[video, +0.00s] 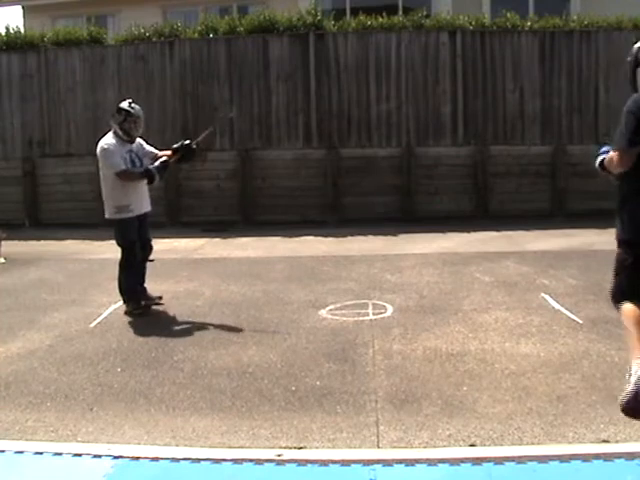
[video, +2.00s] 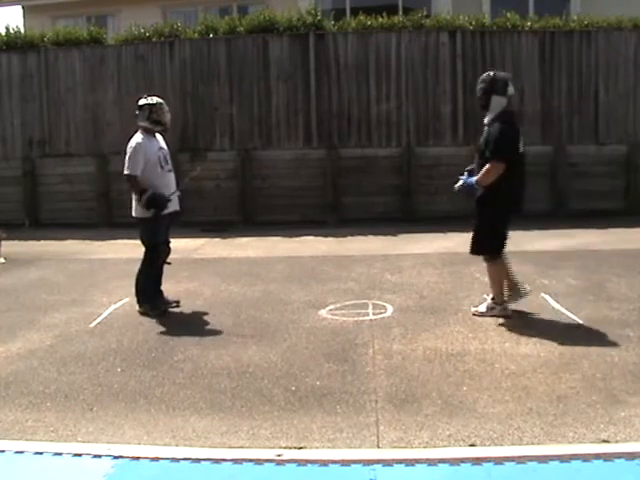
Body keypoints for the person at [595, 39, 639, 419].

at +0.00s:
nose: (633, 73)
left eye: (633, 66)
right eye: (635, 66)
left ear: (634, 69)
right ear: (638, 70)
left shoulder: (637, 104)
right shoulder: (635, 105)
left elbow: (622, 158)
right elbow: (622, 158)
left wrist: (606, 158)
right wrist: (611, 157)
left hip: (634, 226)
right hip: (633, 226)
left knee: (627, 295)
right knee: (627, 296)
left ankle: (637, 368)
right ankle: (635, 370)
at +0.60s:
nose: (589, 92)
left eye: (590, 87)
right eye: (589, 87)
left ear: (596, 86)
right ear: (619, 82)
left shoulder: (595, 118)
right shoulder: (636, 111)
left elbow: (573, 165)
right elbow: (622, 155)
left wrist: (569, 165)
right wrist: (583, 168)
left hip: (605, 211)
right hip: (635, 208)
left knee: (597, 270)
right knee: (633, 274)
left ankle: (598, 331)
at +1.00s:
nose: (559, 92)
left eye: (561, 88)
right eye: (560, 87)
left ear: (569, 88)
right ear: (589, 86)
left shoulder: (573, 118)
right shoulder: (607, 115)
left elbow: (543, 151)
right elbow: (589, 150)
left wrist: (539, 145)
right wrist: (552, 154)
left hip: (579, 205)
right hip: (601, 201)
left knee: (581, 265)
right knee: (581, 258)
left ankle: (596, 330)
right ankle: (575, 308)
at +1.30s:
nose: (539, 93)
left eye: (542, 88)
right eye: (541, 87)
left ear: (550, 90)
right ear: (567, 89)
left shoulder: (561, 118)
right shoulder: (575, 116)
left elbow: (551, 152)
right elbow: (568, 157)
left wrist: (528, 159)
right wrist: (537, 168)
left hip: (558, 202)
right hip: (575, 199)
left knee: (540, 258)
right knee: (563, 255)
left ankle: (577, 303)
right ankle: (565, 307)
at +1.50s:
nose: (522, 94)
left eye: (526, 89)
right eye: (524, 89)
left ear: (536, 91)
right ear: (548, 90)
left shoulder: (552, 118)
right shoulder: (545, 117)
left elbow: (560, 153)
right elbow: (547, 155)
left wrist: (533, 172)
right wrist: (527, 169)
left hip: (545, 199)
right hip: (555, 197)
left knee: (522, 249)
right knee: (559, 253)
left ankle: (534, 303)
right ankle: (564, 309)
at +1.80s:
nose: (491, 98)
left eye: (495, 94)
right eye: (492, 93)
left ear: (506, 97)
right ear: (512, 96)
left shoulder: (515, 125)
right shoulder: (515, 122)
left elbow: (518, 166)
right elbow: (512, 160)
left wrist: (493, 182)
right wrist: (493, 167)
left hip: (513, 199)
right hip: (524, 198)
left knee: (496, 249)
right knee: (524, 250)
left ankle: (497, 300)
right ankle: (554, 294)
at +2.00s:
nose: (479, 97)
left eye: (482, 92)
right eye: (480, 92)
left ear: (492, 95)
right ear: (500, 96)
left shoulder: (502, 125)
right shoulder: (496, 122)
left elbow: (498, 164)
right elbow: (490, 157)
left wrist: (476, 183)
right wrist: (474, 171)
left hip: (499, 196)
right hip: (497, 195)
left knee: (489, 247)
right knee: (492, 244)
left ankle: (497, 300)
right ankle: (511, 286)